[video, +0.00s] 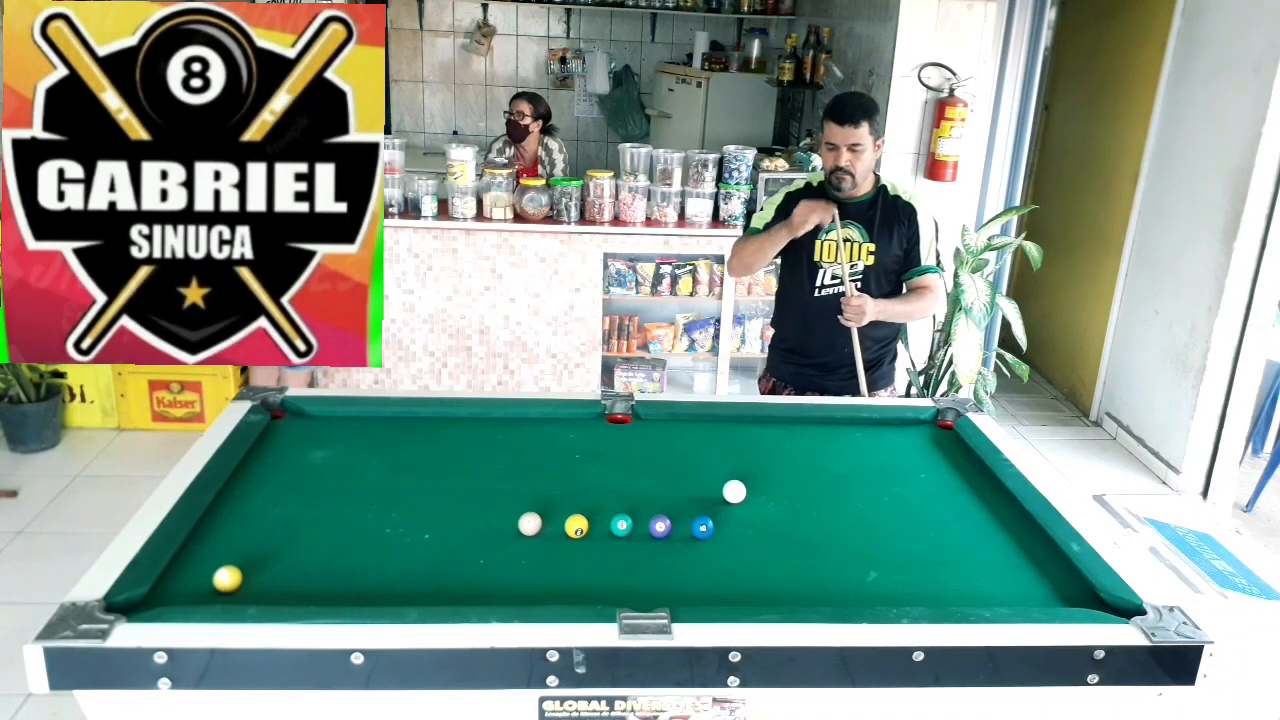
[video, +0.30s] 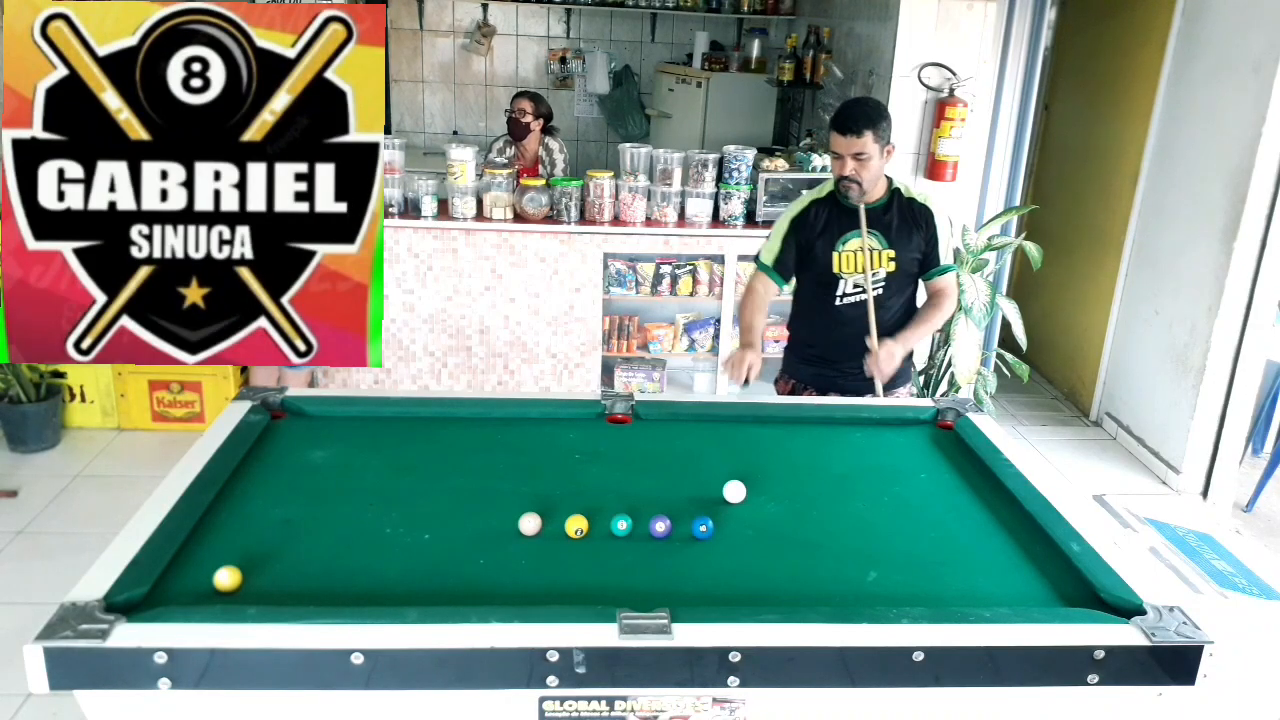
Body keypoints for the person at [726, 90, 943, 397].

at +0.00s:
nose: (840, 161)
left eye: (854, 149)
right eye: (831, 148)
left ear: (878, 148)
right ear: (820, 147)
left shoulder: (903, 215)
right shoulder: (793, 202)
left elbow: (930, 297)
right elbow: (737, 266)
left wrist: (875, 309)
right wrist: (790, 228)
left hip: (869, 391)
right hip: (791, 386)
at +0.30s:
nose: (846, 170)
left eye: (859, 158)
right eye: (837, 157)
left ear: (887, 154)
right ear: (829, 151)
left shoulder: (919, 217)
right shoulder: (806, 214)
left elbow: (944, 295)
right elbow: (761, 286)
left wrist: (900, 345)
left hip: (888, 397)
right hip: (808, 393)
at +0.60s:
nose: (858, 174)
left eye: (872, 161)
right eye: (850, 161)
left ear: (902, 159)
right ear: (843, 156)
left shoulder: (942, 216)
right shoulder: (823, 216)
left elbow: (966, 302)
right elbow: (779, 289)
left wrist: (907, 328)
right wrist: (780, 338)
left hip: (905, 397)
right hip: (825, 392)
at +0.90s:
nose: (873, 167)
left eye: (888, 157)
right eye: (866, 153)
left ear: (918, 157)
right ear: (859, 148)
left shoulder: (947, 210)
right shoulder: (837, 213)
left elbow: (976, 297)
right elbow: (812, 290)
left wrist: (936, 249)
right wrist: (818, 358)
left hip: (911, 395)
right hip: (840, 390)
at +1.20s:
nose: (881, 168)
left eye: (896, 158)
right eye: (875, 154)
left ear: (924, 159)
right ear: (868, 149)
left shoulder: (949, 208)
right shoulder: (852, 211)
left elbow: (989, 282)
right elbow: (827, 271)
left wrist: (964, 253)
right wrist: (816, 336)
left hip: (927, 382)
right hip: (861, 374)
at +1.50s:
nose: (893, 168)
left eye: (907, 158)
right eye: (886, 155)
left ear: (936, 156)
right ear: (879, 150)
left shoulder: (960, 202)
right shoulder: (875, 205)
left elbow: (976, 271)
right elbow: (857, 266)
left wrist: (903, 282)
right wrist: (851, 308)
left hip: (940, 376)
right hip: (879, 365)